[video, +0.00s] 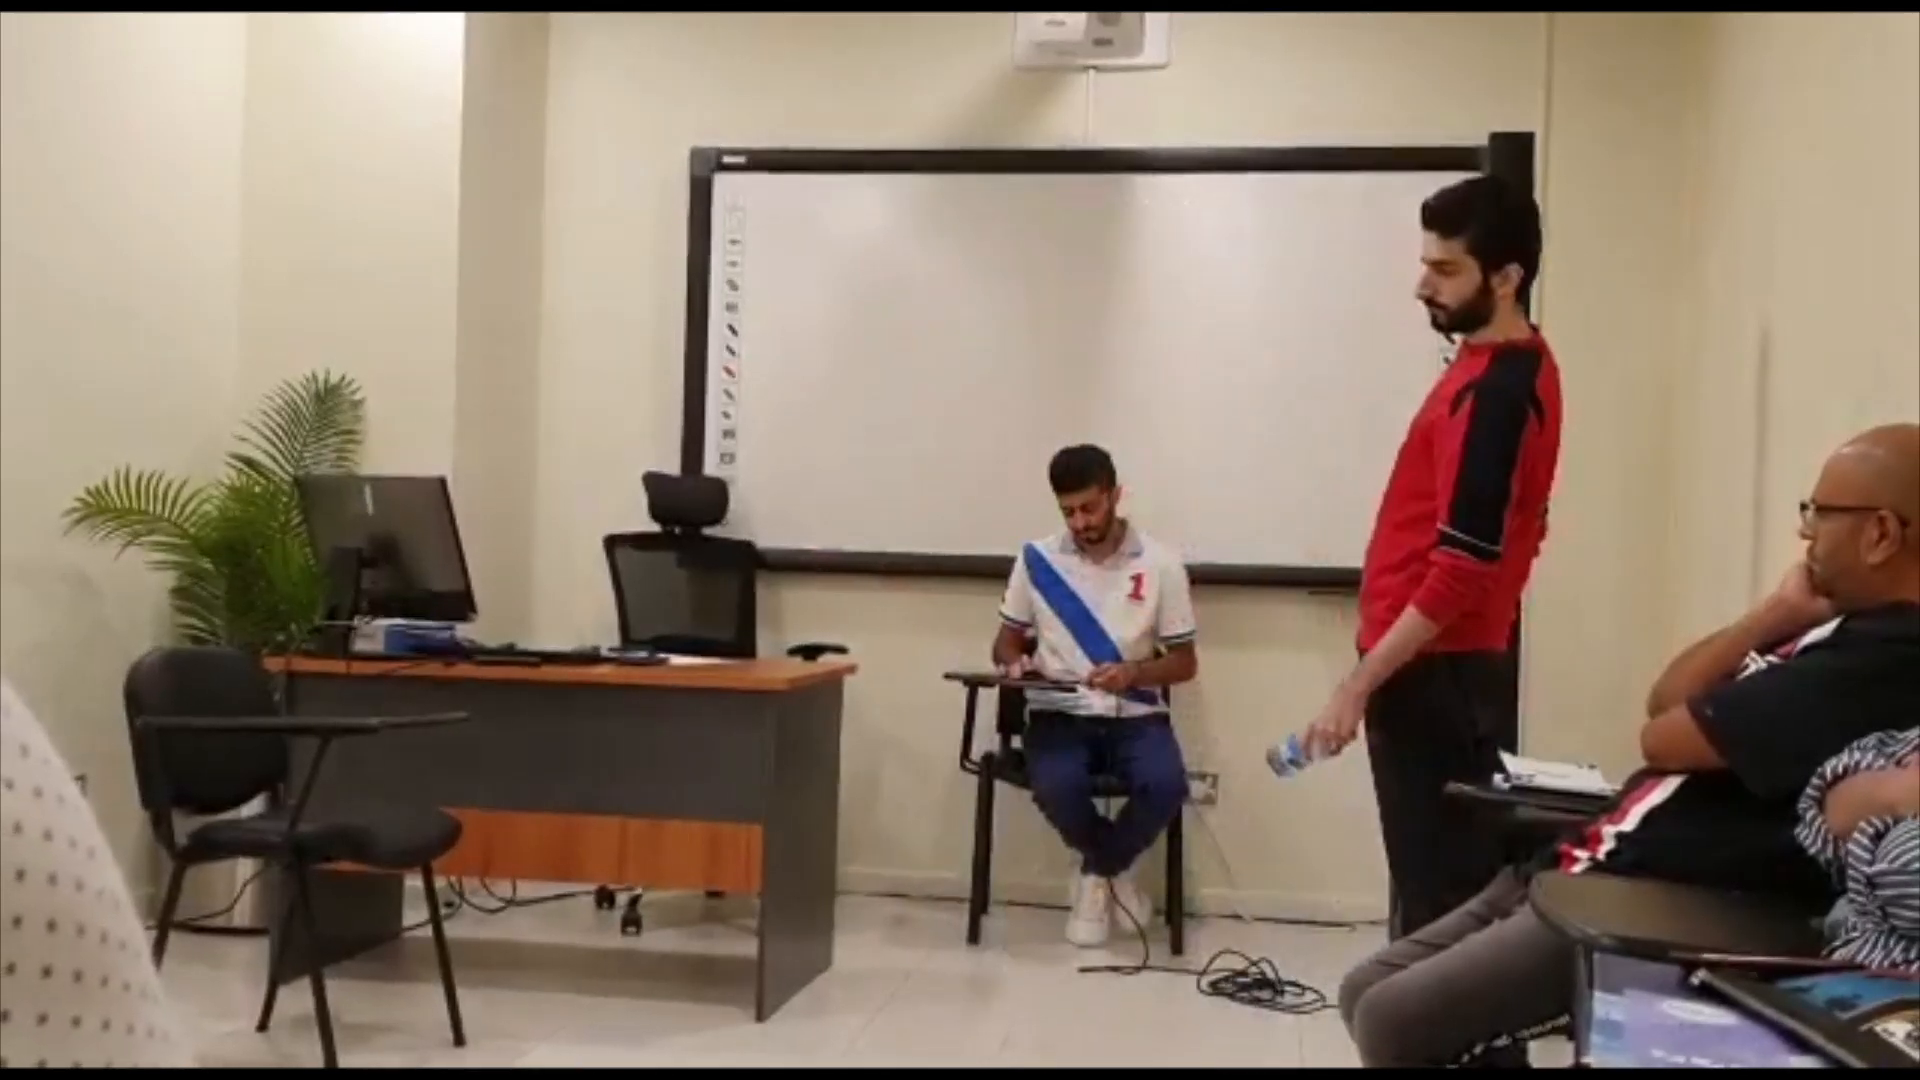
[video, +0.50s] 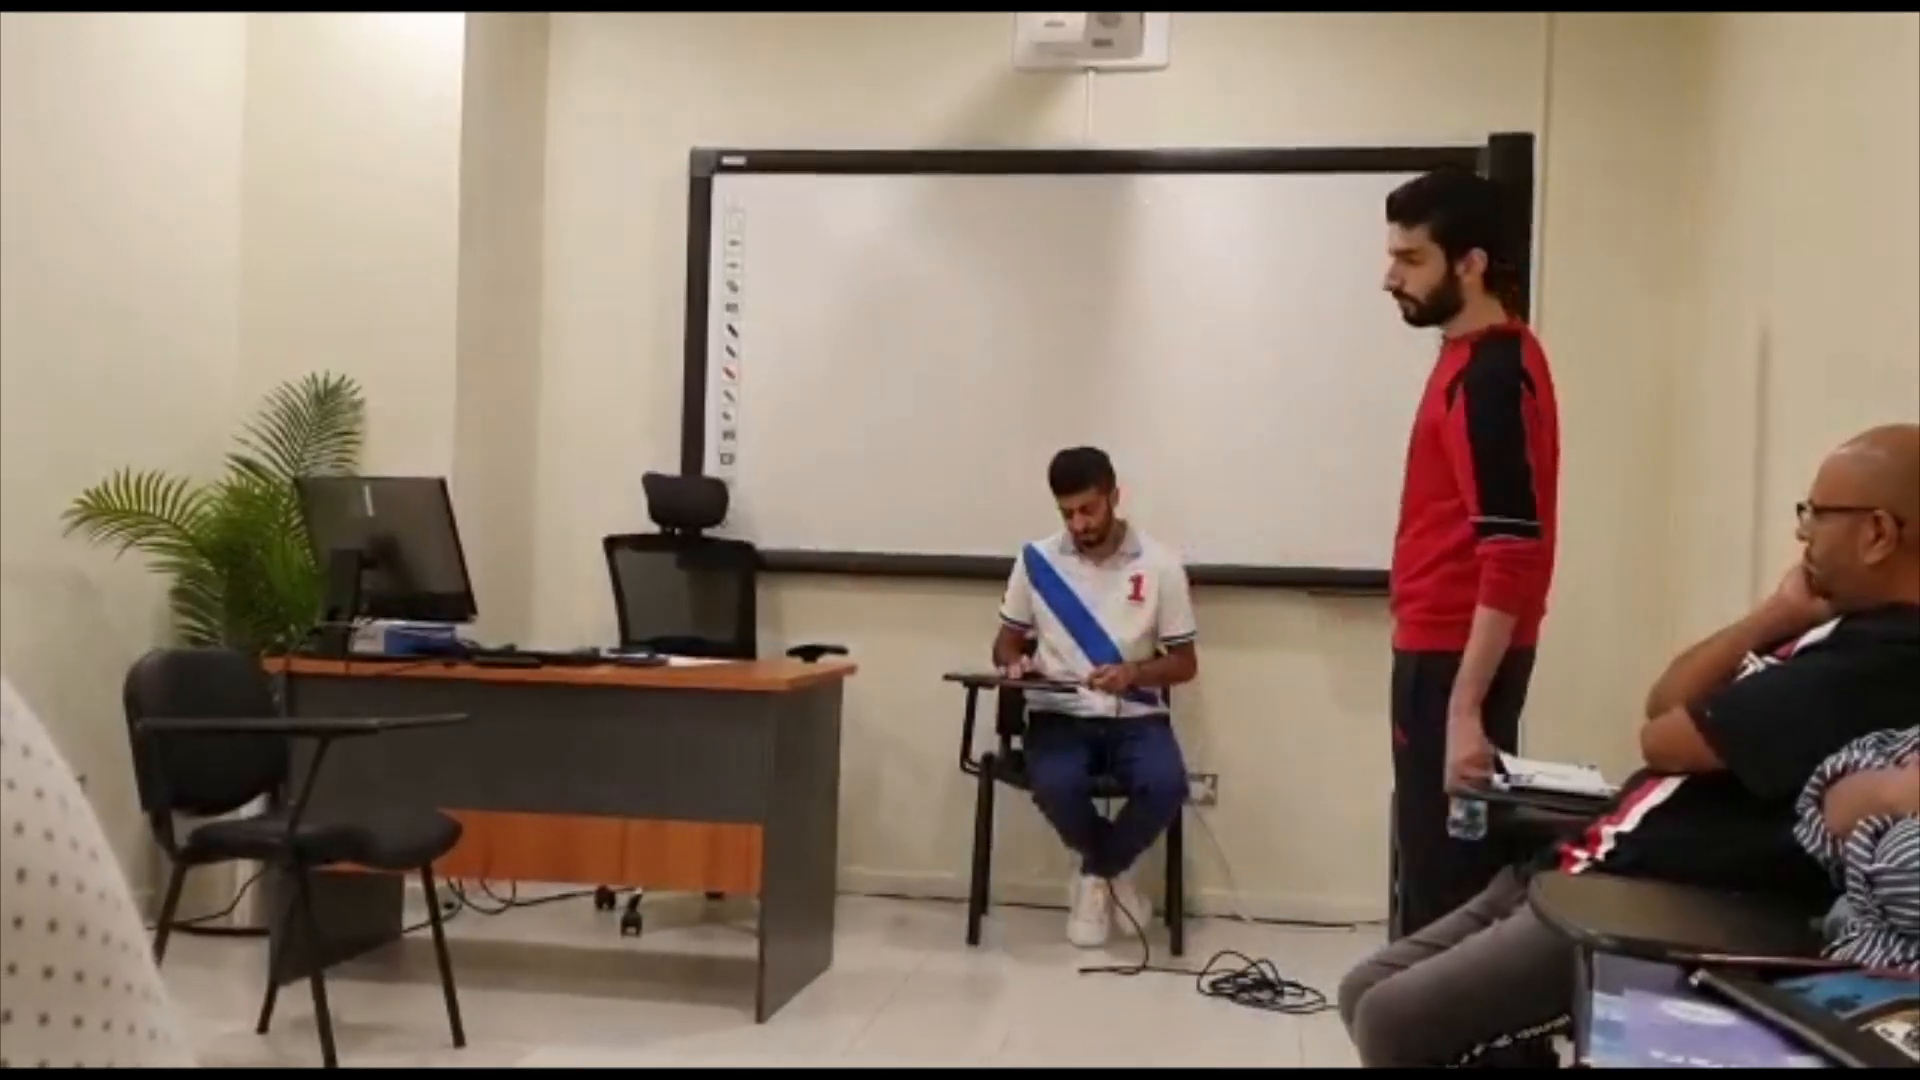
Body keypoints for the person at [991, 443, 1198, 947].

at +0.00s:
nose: (1080, 522)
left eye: (1089, 508)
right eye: (1069, 512)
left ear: (1116, 496)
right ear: (1059, 507)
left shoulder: (1159, 564)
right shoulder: (1036, 561)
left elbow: (1184, 662)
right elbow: (1006, 645)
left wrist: (1132, 674)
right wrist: (1014, 662)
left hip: (1135, 716)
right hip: (1059, 715)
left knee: (1164, 788)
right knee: (1056, 791)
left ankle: (1096, 878)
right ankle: (1114, 870)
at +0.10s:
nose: (1080, 523)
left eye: (1089, 508)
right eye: (1069, 512)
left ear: (1116, 497)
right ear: (1059, 507)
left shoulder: (1159, 564)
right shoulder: (1036, 560)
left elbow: (1184, 662)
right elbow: (1007, 643)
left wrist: (1132, 674)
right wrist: (1014, 661)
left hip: (1135, 716)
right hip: (1059, 715)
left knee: (1164, 788)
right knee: (1056, 791)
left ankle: (1096, 878)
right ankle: (1115, 870)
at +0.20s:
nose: (1080, 523)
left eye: (1089, 509)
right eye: (1069, 513)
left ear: (1116, 497)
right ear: (1058, 508)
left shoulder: (1159, 564)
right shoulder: (1037, 560)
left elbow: (1184, 662)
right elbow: (1007, 641)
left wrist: (1131, 674)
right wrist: (1014, 661)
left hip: (1135, 716)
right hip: (1059, 715)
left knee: (1164, 788)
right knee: (1056, 791)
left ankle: (1096, 878)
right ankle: (1115, 868)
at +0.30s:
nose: (1079, 523)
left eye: (1088, 509)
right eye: (1068, 513)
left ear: (1115, 497)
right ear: (1058, 508)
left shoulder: (1159, 564)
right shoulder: (1036, 560)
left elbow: (1184, 662)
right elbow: (1007, 641)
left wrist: (1132, 674)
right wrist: (1014, 661)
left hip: (1135, 716)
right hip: (1059, 715)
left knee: (1164, 788)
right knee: (1056, 790)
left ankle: (1095, 878)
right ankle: (1114, 869)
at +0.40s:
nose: (1079, 524)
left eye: (1088, 510)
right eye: (1068, 513)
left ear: (1115, 497)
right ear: (1057, 509)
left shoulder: (1159, 564)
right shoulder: (1036, 561)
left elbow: (1184, 662)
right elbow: (1007, 644)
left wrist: (1131, 675)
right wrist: (1014, 662)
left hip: (1135, 716)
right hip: (1058, 716)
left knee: (1164, 787)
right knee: (1056, 790)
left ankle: (1095, 879)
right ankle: (1114, 872)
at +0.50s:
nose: (1079, 524)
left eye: (1088, 510)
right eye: (1068, 514)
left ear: (1115, 497)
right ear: (1058, 509)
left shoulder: (1159, 565)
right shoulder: (1036, 561)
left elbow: (1184, 662)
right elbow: (1007, 643)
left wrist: (1132, 674)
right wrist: (1014, 661)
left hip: (1135, 717)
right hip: (1059, 716)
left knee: (1164, 788)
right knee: (1055, 789)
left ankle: (1095, 879)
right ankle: (1114, 872)